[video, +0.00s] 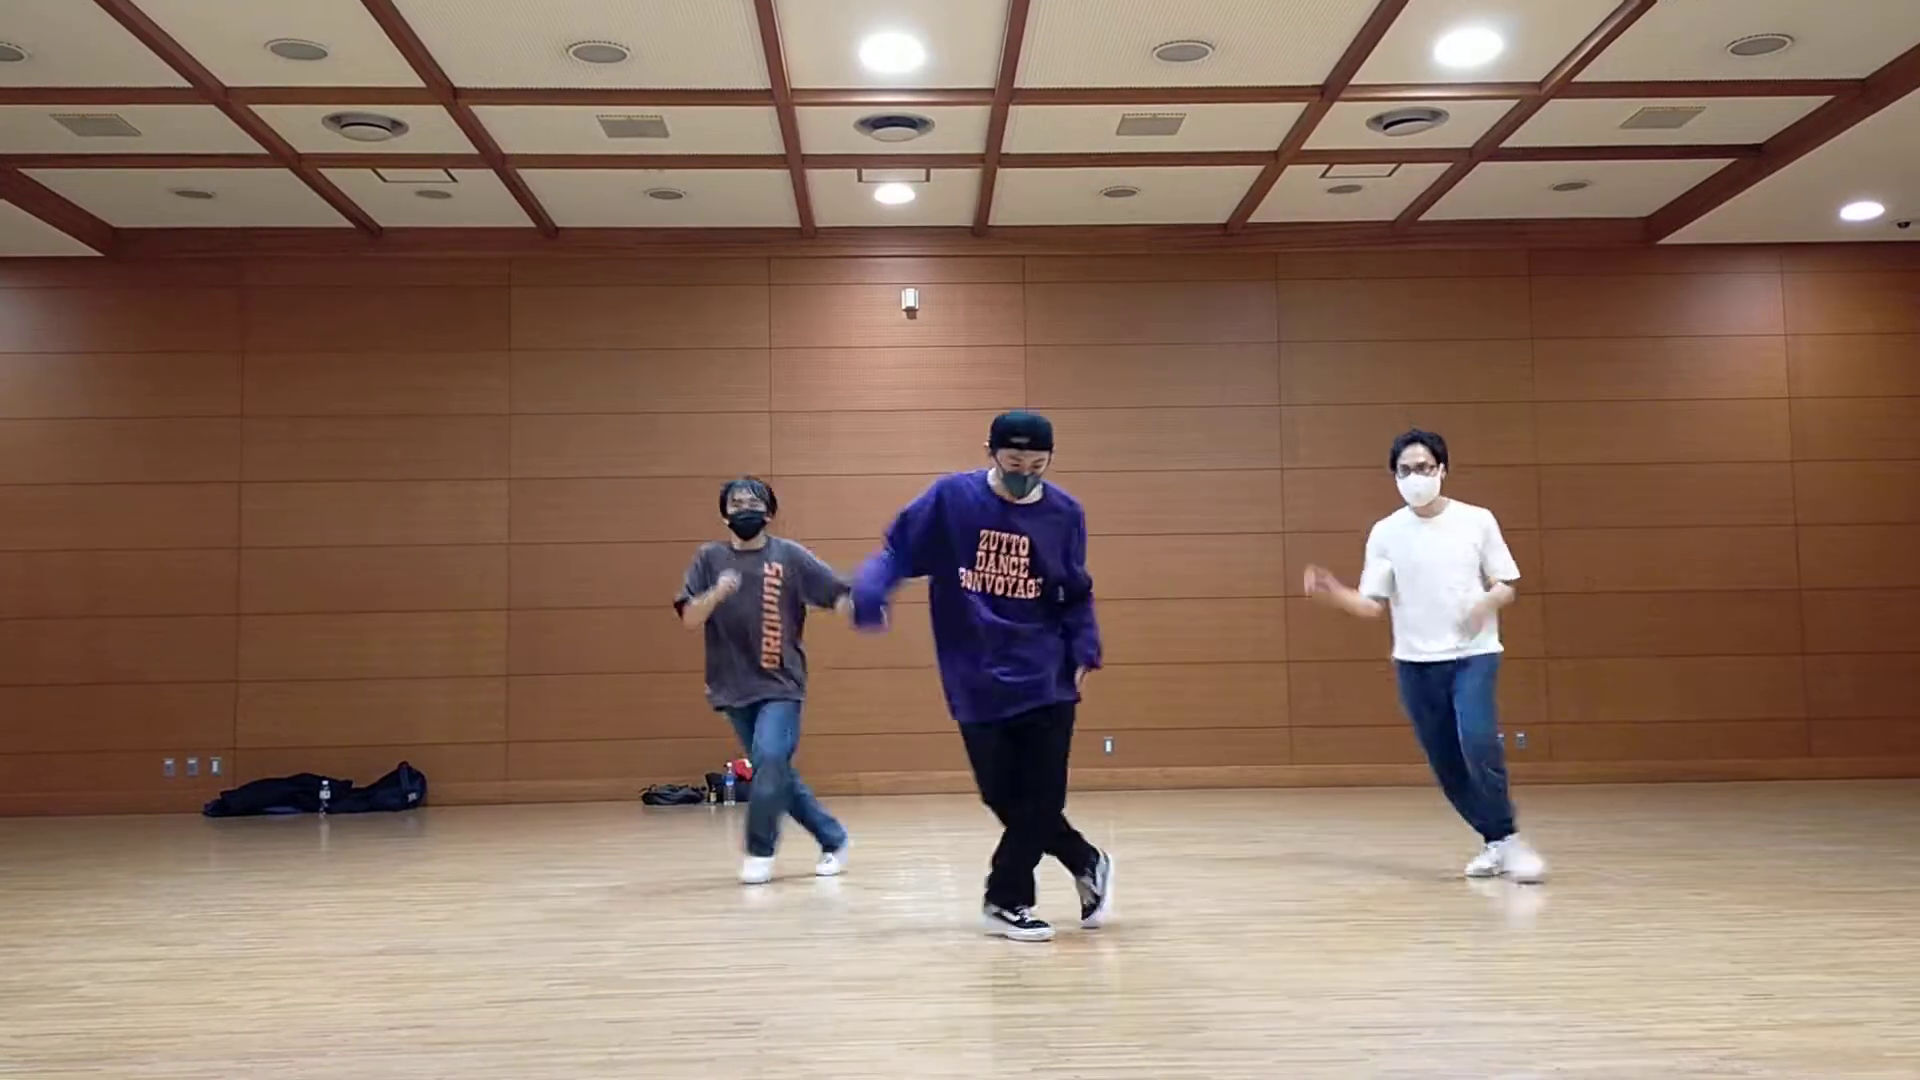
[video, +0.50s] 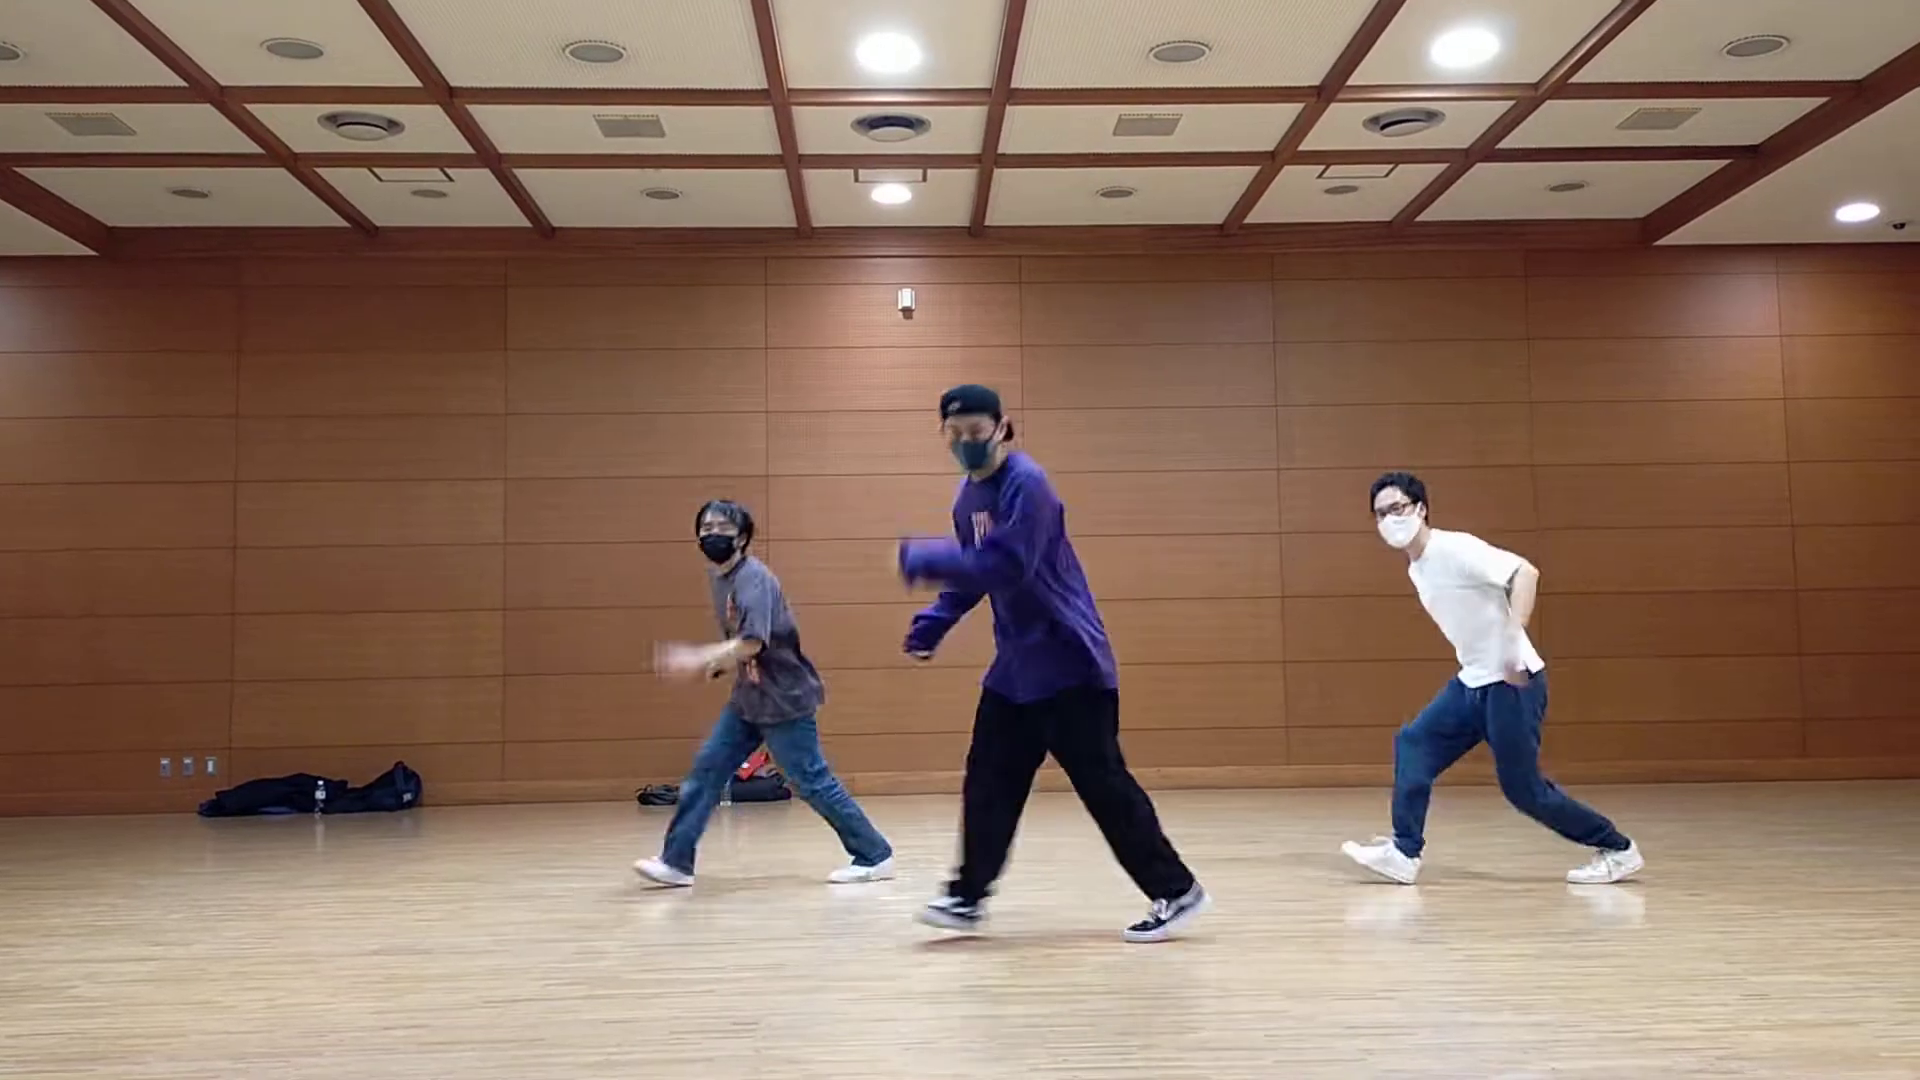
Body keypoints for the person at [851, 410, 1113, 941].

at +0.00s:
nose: (1025, 464)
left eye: (1035, 455)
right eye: (1015, 454)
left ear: (1047, 457)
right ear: (994, 452)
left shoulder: (1064, 514)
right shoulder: (953, 498)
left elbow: (1075, 592)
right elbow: (898, 551)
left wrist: (1083, 651)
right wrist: (867, 590)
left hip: (1044, 676)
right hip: (975, 679)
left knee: (1041, 794)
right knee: (1002, 794)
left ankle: (1006, 900)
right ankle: (1086, 862)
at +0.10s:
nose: (1027, 463)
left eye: (1038, 455)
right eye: (1017, 453)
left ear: (1052, 460)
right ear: (1000, 458)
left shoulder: (1076, 524)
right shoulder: (970, 519)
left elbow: (1100, 590)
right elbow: (951, 598)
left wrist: (1102, 609)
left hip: (1067, 677)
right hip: (1000, 683)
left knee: (1065, 784)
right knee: (1037, 797)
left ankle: (1059, 879)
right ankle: (1113, 887)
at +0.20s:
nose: (1028, 459)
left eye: (1038, 450)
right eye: (1017, 449)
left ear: (1055, 454)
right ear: (1000, 453)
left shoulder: (1079, 518)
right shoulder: (980, 518)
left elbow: (1092, 592)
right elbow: (975, 604)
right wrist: (984, 684)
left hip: (1071, 670)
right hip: (1009, 681)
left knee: (1074, 769)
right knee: (1057, 794)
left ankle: (1117, 894)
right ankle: (1105, 892)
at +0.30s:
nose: (1013, 426)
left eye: (1024, 416)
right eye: (1003, 417)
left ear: (1047, 421)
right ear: (989, 422)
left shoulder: (1070, 479)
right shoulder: (981, 489)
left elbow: (1061, 544)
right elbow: (993, 570)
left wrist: (1023, 472)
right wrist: (990, 637)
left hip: (1061, 652)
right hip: (1008, 657)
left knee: (1081, 777)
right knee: (1042, 781)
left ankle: (1123, 895)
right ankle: (1098, 881)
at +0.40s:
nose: (989, 406)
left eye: (1000, 397)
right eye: (979, 398)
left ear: (1024, 405)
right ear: (970, 409)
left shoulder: (1050, 459)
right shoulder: (974, 475)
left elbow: (1035, 524)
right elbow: (988, 554)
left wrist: (964, 479)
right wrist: (968, 611)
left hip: (1061, 639)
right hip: (1007, 645)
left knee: (1079, 765)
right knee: (1012, 765)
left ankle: (1139, 882)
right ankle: (1060, 871)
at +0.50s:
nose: (967, 444)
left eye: (977, 432)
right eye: (956, 435)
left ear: (1001, 429)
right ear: (946, 438)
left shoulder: (1029, 485)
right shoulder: (968, 500)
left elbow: (1008, 562)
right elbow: (974, 574)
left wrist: (925, 559)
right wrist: (935, 623)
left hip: (1070, 658)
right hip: (1017, 662)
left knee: (1102, 781)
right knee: (990, 777)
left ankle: (1177, 889)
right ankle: (968, 895)